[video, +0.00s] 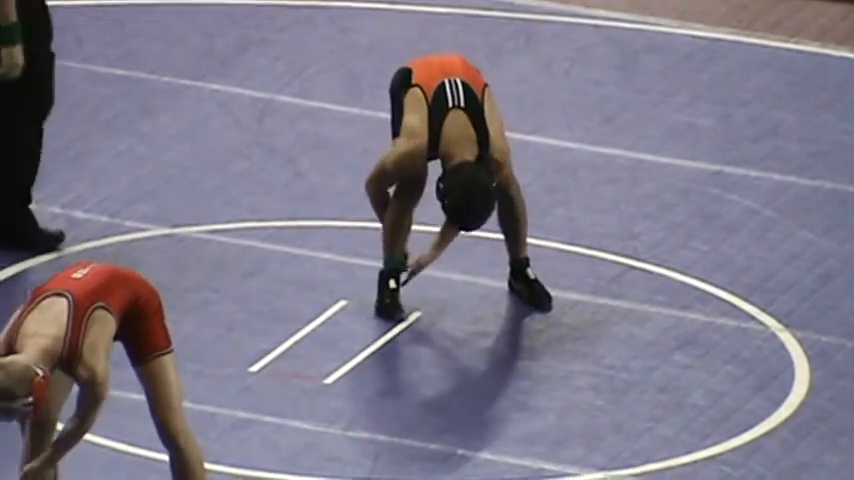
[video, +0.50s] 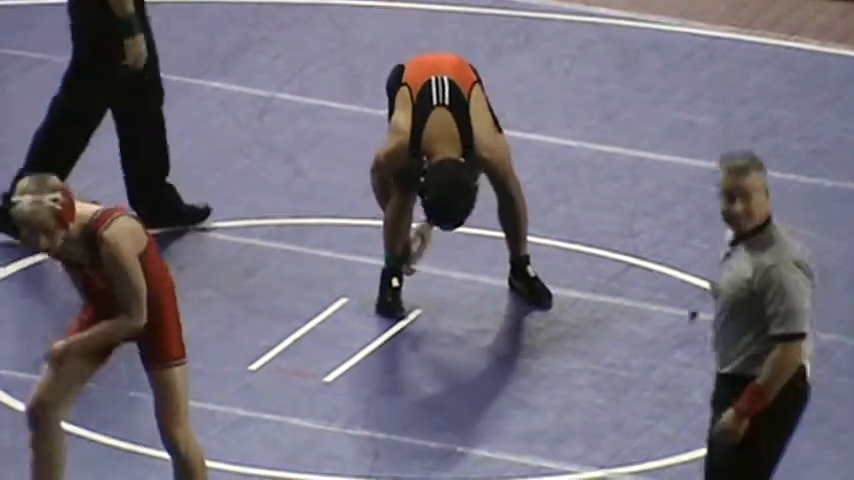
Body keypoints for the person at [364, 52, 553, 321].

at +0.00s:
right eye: (454, 221)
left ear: (490, 189)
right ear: (443, 191)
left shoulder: (497, 156)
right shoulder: (412, 150)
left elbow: (458, 216)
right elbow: (374, 186)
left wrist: (433, 253)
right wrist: (394, 230)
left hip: (470, 77)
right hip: (415, 78)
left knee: (509, 187)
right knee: (409, 187)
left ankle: (521, 271)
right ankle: (391, 277)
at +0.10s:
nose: (457, 235)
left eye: (465, 230)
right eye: (454, 227)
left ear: (489, 191)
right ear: (440, 193)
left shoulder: (497, 157)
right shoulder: (412, 151)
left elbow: (458, 220)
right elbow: (375, 184)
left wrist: (432, 256)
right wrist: (398, 237)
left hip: (470, 76)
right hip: (415, 78)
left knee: (509, 188)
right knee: (410, 188)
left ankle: (521, 270)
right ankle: (391, 276)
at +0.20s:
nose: (454, 237)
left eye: (462, 234)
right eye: (451, 230)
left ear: (486, 191)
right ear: (437, 194)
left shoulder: (496, 159)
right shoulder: (410, 151)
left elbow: (458, 219)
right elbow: (379, 180)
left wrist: (429, 253)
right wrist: (401, 238)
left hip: (470, 76)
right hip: (414, 78)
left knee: (509, 191)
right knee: (409, 190)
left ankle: (521, 271)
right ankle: (391, 278)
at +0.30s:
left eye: (458, 234)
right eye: (445, 230)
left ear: (482, 190)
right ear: (433, 193)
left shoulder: (496, 158)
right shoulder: (406, 150)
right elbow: (380, 178)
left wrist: (432, 247)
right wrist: (402, 237)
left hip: (470, 76)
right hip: (414, 77)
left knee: (510, 192)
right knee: (407, 191)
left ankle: (521, 271)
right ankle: (391, 277)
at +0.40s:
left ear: (477, 188)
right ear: (429, 192)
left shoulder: (493, 153)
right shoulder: (401, 151)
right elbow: (381, 186)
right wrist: (404, 242)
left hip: (467, 75)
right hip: (411, 76)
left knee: (508, 194)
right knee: (405, 191)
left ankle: (521, 270)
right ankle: (391, 279)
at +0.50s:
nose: (444, 228)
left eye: (451, 225)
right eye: (438, 223)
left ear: (473, 183)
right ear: (424, 186)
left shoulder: (492, 150)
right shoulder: (397, 151)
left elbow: (515, 200)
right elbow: (378, 177)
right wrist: (396, 230)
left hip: (464, 73)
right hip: (408, 76)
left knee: (506, 190)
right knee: (403, 192)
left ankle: (521, 268)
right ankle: (391, 277)